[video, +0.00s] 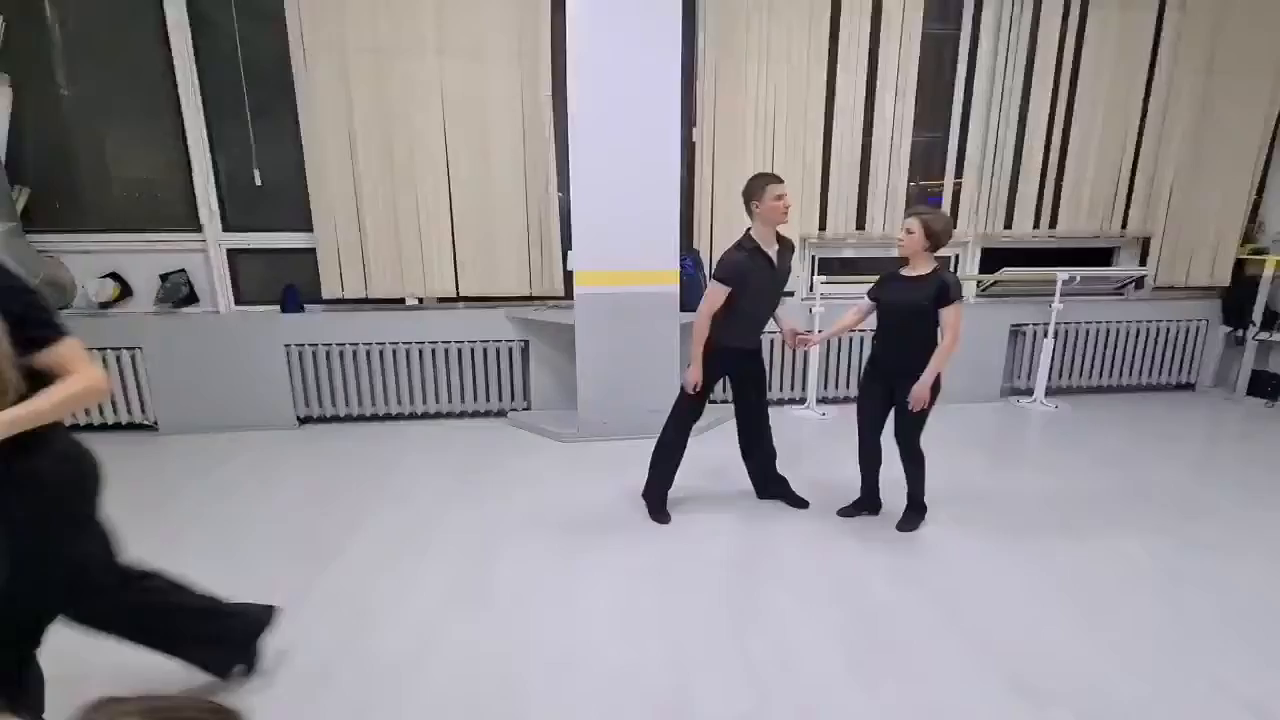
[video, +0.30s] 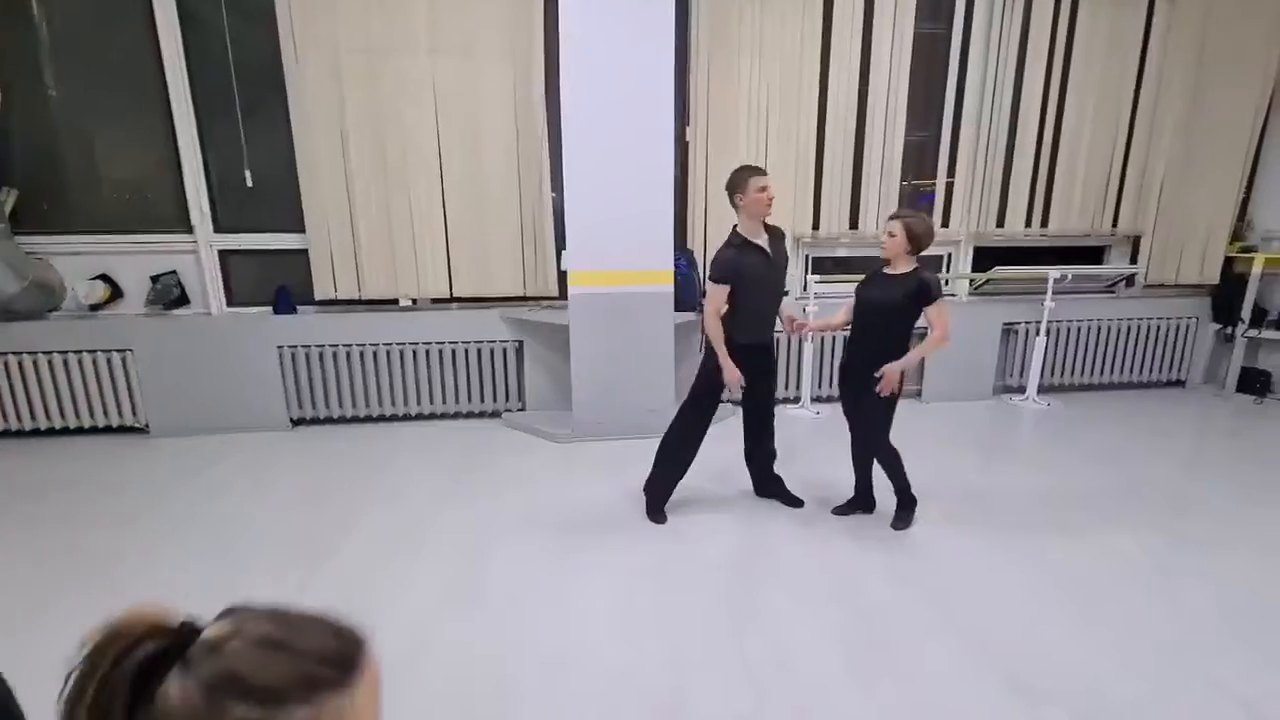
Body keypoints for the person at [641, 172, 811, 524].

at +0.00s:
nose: (787, 203)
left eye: (786, 197)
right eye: (778, 198)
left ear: (781, 204)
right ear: (756, 207)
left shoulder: (785, 248)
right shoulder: (736, 259)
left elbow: (769, 294)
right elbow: (703, 313)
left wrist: (786, 325)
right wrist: (695, 365)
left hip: (748, 349)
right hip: (714, 349)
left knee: (755, 418)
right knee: (683, 418)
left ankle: (768, 484)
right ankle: (655, 491)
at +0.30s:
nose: (770, 196)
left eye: (769, 189)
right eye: (761, 191)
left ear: (766, 196)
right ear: (739, 199)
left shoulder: (777, 238)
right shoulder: (728, 256)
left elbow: (767, 290)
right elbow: (711, 315)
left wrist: (787, 313)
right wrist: (725, 362)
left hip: (760, 346)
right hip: (726, 348)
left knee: (761, 417)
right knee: (694, 418)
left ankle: (765, 481)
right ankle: (656, 491)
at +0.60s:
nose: (740, 208)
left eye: (741, 201)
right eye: (733, 202)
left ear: (723, 204)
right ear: (709, 203)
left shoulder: (737, 243)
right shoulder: (693, 257)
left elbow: (745, 293)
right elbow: (688, 320)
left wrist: (770, 308)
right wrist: (715, 362)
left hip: (756, 347)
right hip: (723, 352)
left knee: (760, 417)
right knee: (696, 423)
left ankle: (759, 479)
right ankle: (649, 487)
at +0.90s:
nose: (710, 221)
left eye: (710, 214)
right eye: (704, 214)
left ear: (686, 216)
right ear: (680, 215)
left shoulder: (700, 259)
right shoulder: (649, 263)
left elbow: (733, 294)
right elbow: (636, 320)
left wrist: (777, 300)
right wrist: (661, 370)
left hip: (715, 354)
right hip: (682, 362)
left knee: (744, 421)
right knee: (678, 440)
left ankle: (760, 482)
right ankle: (642, 493)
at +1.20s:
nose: (685, 216)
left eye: (686, 209)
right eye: (679, 209)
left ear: (669, 211)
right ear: (655, 209)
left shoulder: (673, 255)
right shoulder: (622, 253)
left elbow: (717, 292)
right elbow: (588, 299)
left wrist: (768, 300)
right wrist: (572, 347)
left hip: (643, 351)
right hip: (613, 354)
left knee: (675, 422)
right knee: (632, 430)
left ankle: (685, 502)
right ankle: (621, 499)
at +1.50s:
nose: (666, 218)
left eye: (667, 211)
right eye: (659, 211)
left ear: (647, 214)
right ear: (636, 213)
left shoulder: (659, 255)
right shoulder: (609, 255)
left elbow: (695, 294)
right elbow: (579, 299)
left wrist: (750, 301)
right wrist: (585, 340)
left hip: (636, 350)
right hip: (605, 353)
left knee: (672, 412)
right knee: (621, 428)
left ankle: (671, 490)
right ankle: (613, 502)